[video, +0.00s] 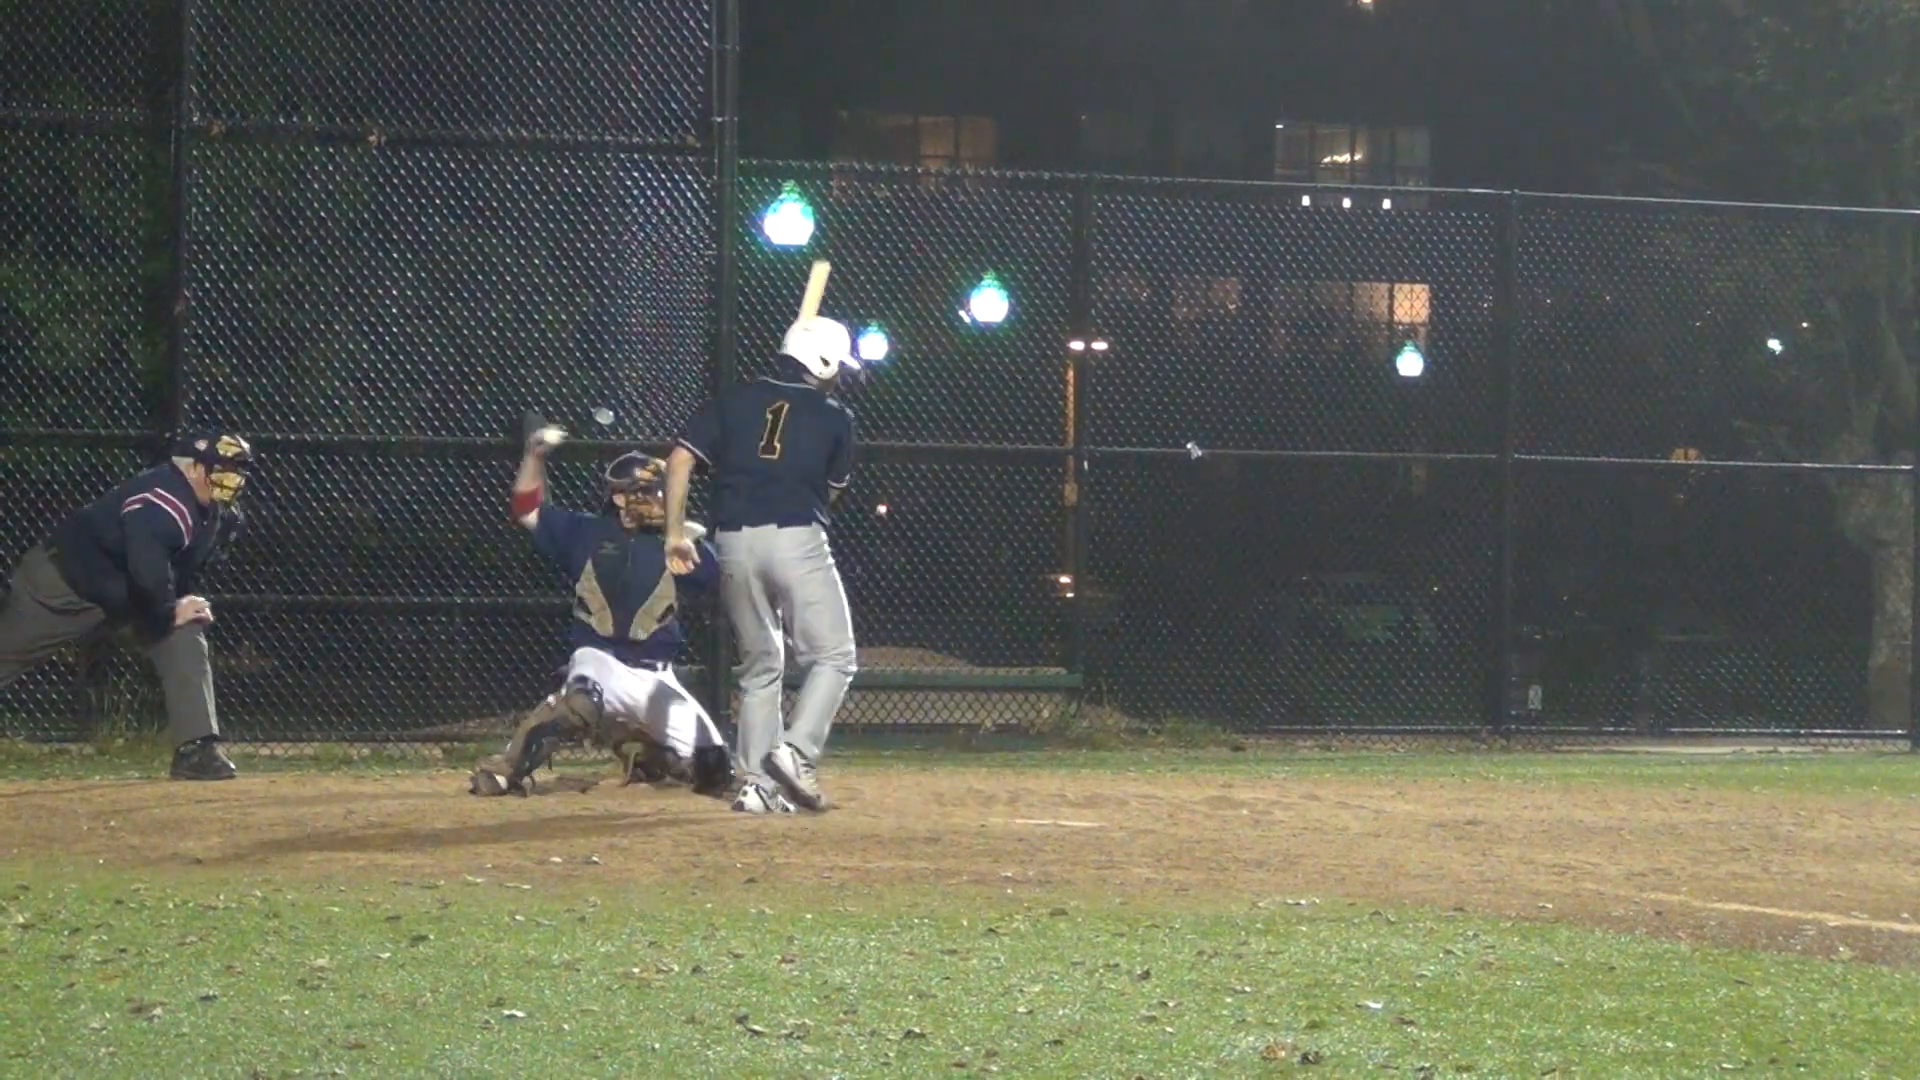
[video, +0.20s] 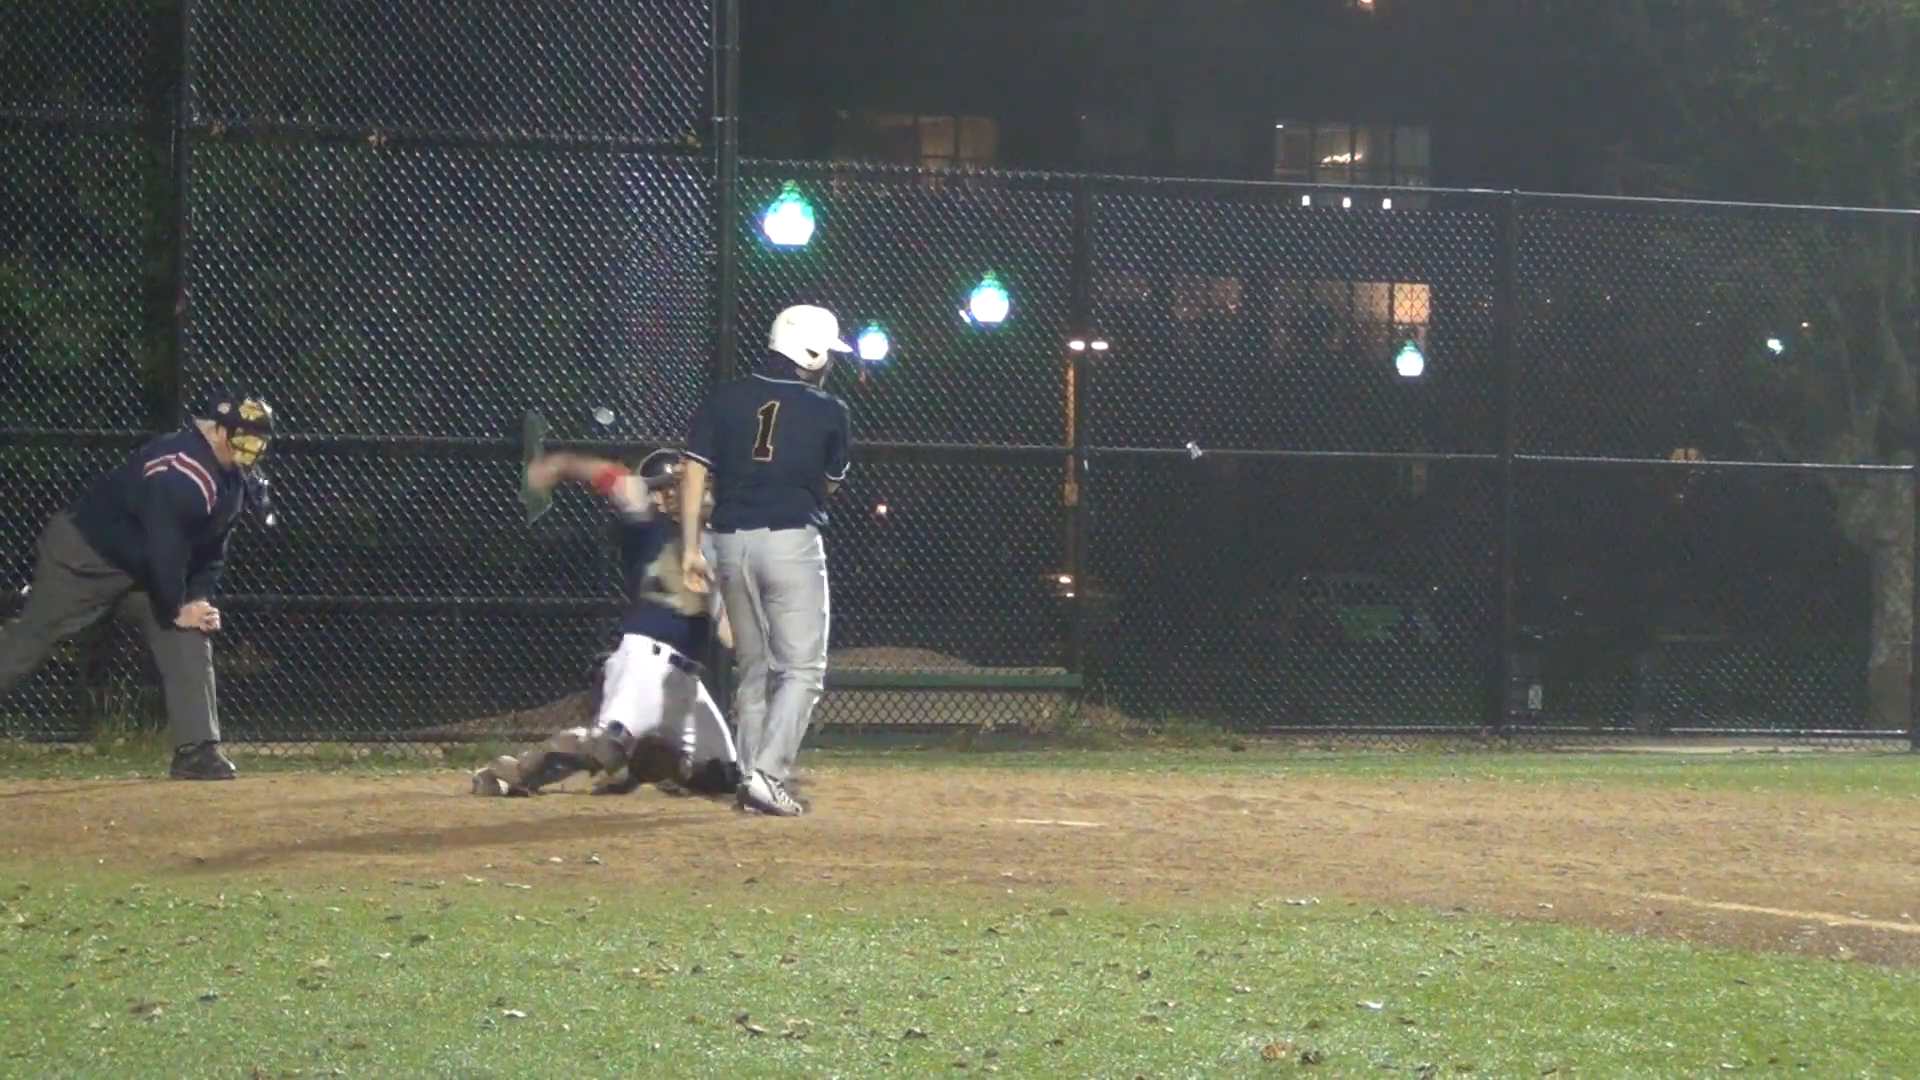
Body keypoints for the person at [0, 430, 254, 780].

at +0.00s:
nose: (231, 482)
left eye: (235, 474)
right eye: (222, 472)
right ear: (194, 469)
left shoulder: (206, 508)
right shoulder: (163, 495)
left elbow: (185, 570)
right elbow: (147, 568)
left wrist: (184, 605)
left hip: (122, 593)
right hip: (65, 581)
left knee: (184, 640)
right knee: (5, 663)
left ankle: (196, 747)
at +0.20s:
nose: (249, 449)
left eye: (256, 441)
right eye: (241, 438)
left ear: (261, 441)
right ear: (215, 432)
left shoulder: (230, 482)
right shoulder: (180, 470)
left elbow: (212, 552)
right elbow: (165, 545)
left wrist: (200, 599)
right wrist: (174, 610)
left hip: (146, 571)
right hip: (84, 556)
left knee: (189, 639)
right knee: (25, 646)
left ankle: (196, 748)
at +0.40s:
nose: (238, 397)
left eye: (243, 389)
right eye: (231, 387)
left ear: (246, 391)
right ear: (205, 383)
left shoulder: (225, 437)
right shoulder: (170, 429)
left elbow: (211, 517)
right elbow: (150, 505)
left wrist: (196, 578)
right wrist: (165, 569)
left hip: (145, 542)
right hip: (94, 530)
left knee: (178, 622)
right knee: (90, 635)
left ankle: (196, 745)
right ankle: (21, 734)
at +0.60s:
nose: (188, 366)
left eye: (194, 359)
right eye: (179, 357)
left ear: (199, 362)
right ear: (153, 356)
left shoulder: (185, 410)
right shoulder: (128, 408)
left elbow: (176, 492)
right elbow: (107, 481)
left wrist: (178, 554)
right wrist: (118, 549)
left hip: (143, 533)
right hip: (90, 529)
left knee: (175, 626)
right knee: (98, 632)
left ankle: (193, 748)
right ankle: (62, 751)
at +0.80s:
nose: (148, 358)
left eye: (153, 350)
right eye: (139, 349)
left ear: (157, 351)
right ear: (111, 346)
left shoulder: (141, 394)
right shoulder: (86, 395)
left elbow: (137, 462)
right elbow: (63, 470)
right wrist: (76, 532)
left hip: (132, 534)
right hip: (85, 532)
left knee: (155, 632)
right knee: (78, 642)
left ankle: (186, 744)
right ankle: (58, 753)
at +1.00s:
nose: (119, 351)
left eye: (126, 343)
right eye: (110, 341)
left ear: (134, 347)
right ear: (85, 340)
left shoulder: (127, 389)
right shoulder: (66, 385)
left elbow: (119, 459)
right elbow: (31, 458)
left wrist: (124, 515)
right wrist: (31, 526)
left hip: (119, 528)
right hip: (74, 525)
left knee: (151, 618)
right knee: (65, 633)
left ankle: (133, 740)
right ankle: (57, 753)